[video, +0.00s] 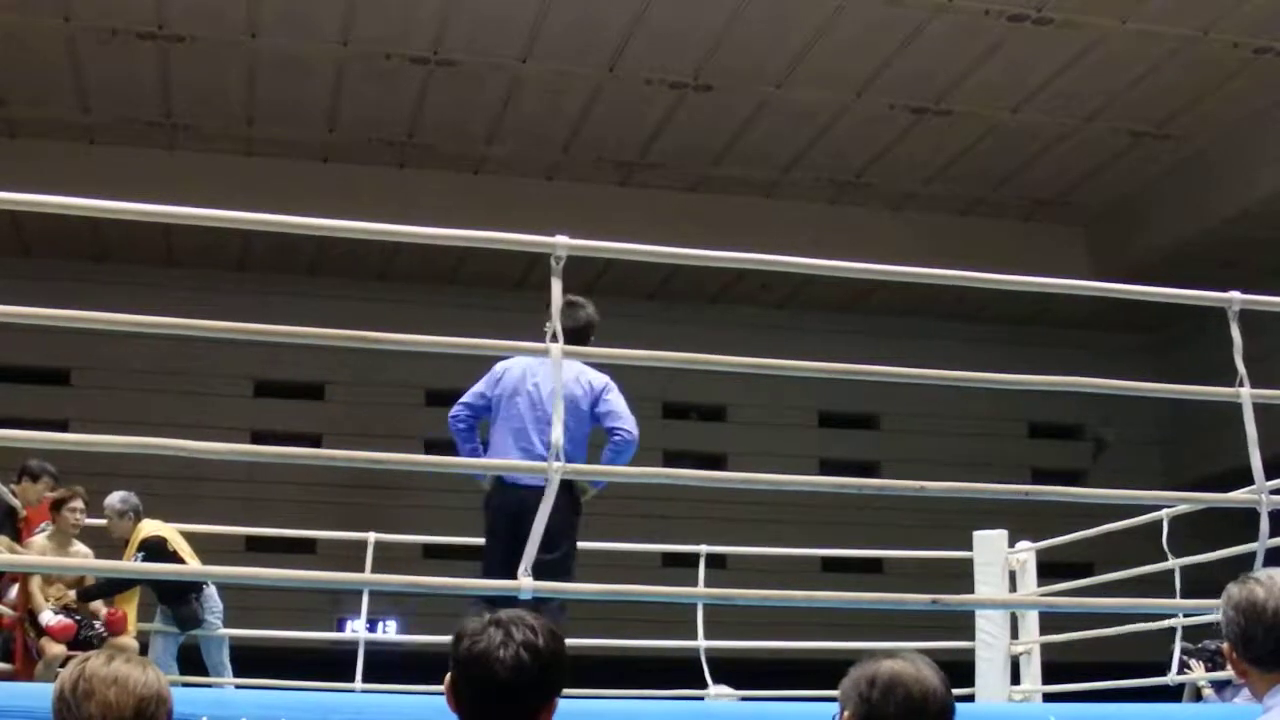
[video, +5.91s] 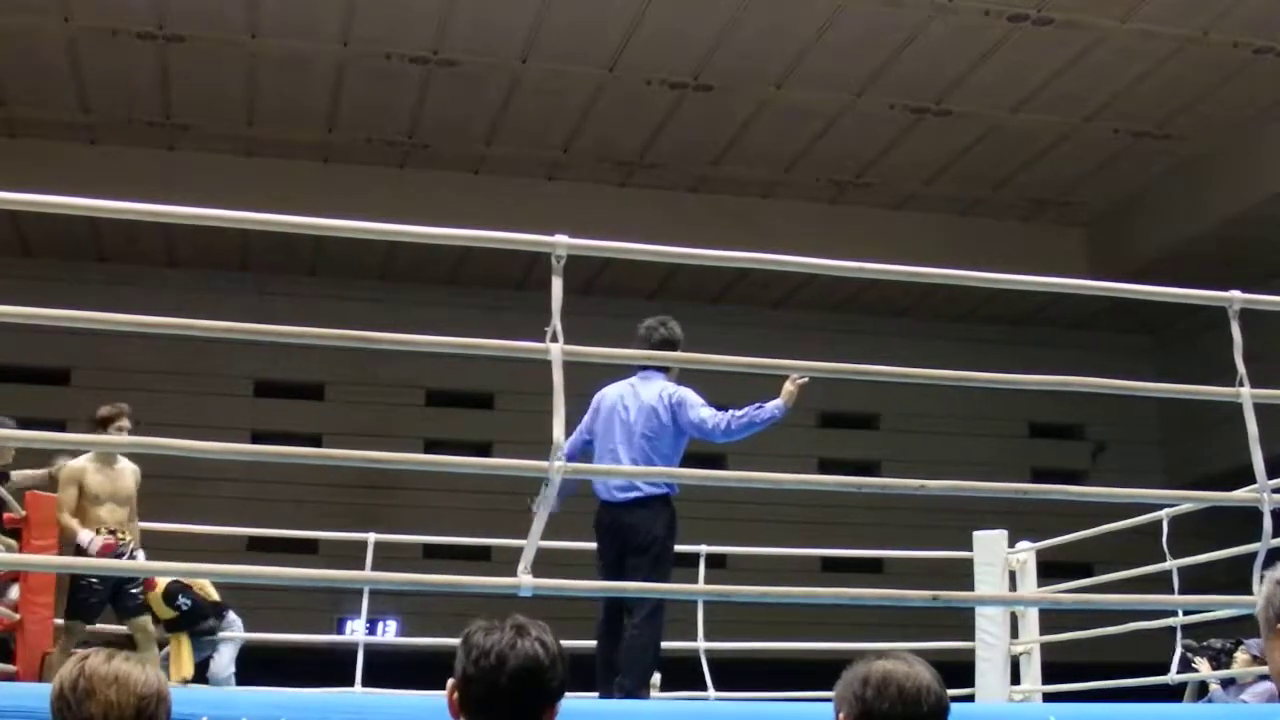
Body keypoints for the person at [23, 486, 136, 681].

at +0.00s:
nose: (78, 517)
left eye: (82, 512)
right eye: (72, 511)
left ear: (86, 516)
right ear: (55, 515)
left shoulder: (85, 553)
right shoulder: (36, 545)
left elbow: (90, 593)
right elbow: (33, 587)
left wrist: (104, 613)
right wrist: (48, 618)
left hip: (77, 613)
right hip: (42, 611)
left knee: (128, 646)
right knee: (56, 652)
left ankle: (107, 703)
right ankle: (38, 704)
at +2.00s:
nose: (77, 517)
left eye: (80, 512)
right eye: (70, 511)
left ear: (83, 515)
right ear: (53, 514)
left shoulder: (86, 551)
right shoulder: (36, 544)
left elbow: (91, 593)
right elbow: (36, 586)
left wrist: (105, 614)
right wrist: (49, 617)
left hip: (77, 614)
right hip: (42, 613)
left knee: (130, 647)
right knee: (56, 652)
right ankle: (36, 704)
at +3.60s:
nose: (113, 498)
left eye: (116, 492)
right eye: (107, 491)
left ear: (118, 494)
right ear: (89, 492)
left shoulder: (113, 524)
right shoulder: (64, 521)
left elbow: (111, 568)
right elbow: (51, 571)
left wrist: (120, 604)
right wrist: (59, 614)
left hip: (93, 598)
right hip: (60, 595)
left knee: (126, 647)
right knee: (52, 650)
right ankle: (27, 702)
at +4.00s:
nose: (106, 451)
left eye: (109, 445)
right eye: (100, 445)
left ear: (110, 447)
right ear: (83, 446)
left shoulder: (110, 484)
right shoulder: (55, 481)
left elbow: (111, 530)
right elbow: (38, 529)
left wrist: (120, 566)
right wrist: (44, 569)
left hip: (96, 561)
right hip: (60, 559)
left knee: (112, 639)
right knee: (45, 640)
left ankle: (110, 709)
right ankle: (25, 702)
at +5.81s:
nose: (112, 434)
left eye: (115, 428)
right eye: (106, 428)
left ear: (119, 433)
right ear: (88, 431)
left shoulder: (121, 469)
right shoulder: (65, 469)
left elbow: (124, 518)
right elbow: (54, 517)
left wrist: (131, 553)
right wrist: (73, 549)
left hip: (118, 550)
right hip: (83, 550)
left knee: (135, 629)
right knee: (67, 634)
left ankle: (145, 700)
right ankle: (54, 703)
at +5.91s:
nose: (124, 437)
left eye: (127, 431)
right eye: (118, 430)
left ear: (130, 434)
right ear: (100, 432)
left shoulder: (132, 471)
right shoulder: (75, 469)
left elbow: (132, 518)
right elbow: (64, 514)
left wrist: (137, 551)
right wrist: (88, 539)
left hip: (126, 556)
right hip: (91, 555)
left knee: (145, 632)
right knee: (72, 635)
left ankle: (155, 703)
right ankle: (48, 702)